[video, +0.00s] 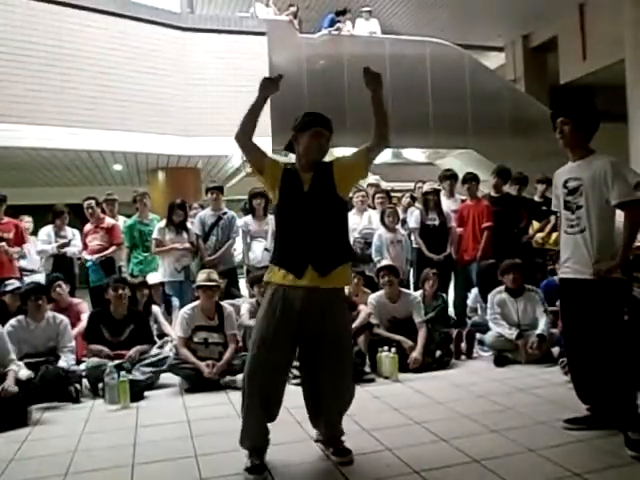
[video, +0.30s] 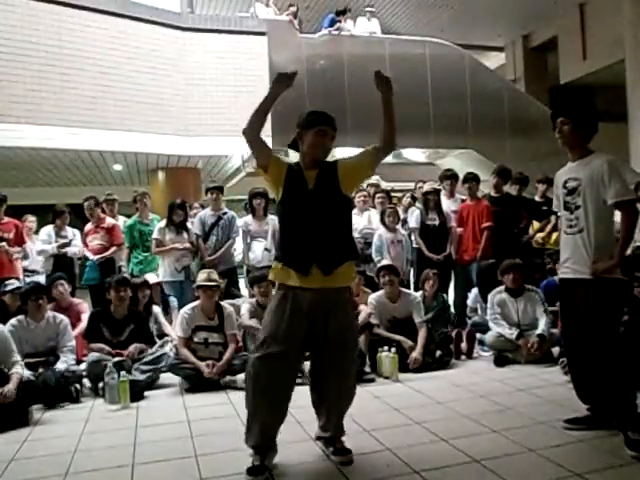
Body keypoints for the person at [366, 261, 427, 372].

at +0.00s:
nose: (387, 279)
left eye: (390, 275)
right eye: (383, 277)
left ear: (398, 278)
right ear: (379, 281)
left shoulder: (413, 298)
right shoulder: (374, 300)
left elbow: (422, 327)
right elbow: (375, 328)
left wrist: (418, 352)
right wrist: (401, 340)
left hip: (408, 331)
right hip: (386, 333)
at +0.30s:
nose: (388, 279)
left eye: (391, 275)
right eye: (383, 276)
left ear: (398, 278)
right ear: (379, 281)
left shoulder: (413, 298)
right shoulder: (374, 299)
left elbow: (422, 327)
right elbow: (375, 328)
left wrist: (418, 351)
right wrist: (401, 340)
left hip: (408, 331)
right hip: (386, 332)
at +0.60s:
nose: (388, 279)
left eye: (391, 274)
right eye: (384, 276)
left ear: (399, 278)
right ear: (379, 281)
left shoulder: (413, 298)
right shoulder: (374, 300)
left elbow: (422, 326)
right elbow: (375, 328)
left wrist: (418, 351)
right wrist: (401, 340)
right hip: (386, 332)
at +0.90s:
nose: (389, 278)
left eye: (392, 273)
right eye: (384, 275)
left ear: (400, 277)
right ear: (379, 281)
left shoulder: (413, 298)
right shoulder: (374, 299)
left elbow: (422, 327)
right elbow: (375, 328)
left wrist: (418, 351)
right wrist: (401, 340)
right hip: (386, 331)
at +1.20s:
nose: (389, 279)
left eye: (392, 275)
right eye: (384, 276)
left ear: (399, 277)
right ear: (380, 281)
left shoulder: (413, 298)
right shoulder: (374, 299)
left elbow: (422, 326)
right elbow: (375, 328)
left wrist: (418, 351)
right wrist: (401, 339)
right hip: (386, 332)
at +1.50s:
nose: (389, 279)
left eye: (392, 275)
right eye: (385, 276)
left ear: (399, 277)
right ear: (380, 281)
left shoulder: (413, 299)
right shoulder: (374, 300)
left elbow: (422, 326)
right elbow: (375, 329)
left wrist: (418, 351)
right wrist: (401, 339)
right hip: (387, 337)